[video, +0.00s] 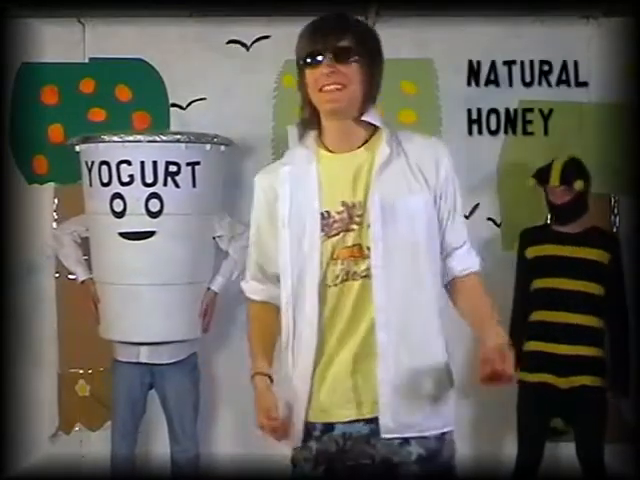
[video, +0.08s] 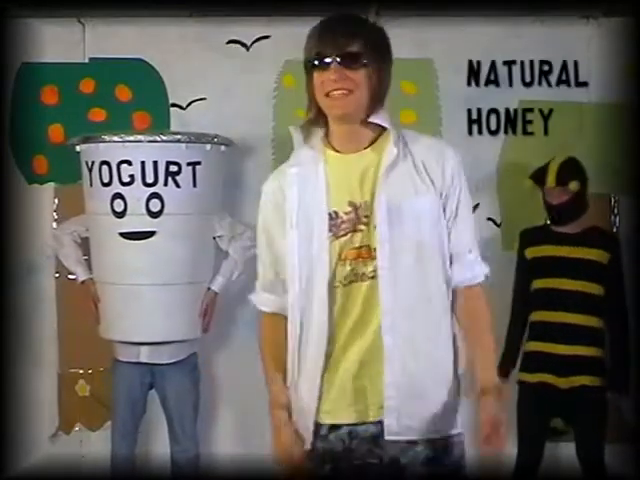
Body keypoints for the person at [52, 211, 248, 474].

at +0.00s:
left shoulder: (197, 219)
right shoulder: (111, 219)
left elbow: (243, 239)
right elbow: (63, 233)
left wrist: (215, 289)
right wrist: (86, 279)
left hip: (178, 353)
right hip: (127, 353)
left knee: (185, 450)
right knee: (121, 450)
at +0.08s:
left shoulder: (196, 220)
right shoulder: (112, 220)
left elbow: (245, 239)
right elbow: (62, 234)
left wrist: (215, 289)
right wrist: (86, 279)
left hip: (178, 353)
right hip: (127, 353)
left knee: (186, 450)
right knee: (121, 451)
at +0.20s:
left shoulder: (197, 220)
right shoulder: (112, 220)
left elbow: (246, 241)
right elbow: (63, 234)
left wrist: (215, 289)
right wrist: (87, 279)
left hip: (178, 353)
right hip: (127, 353)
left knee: (186, 450)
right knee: (121, 451)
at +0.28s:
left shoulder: (197, 220)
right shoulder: (113, 220)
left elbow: (246, 240)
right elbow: (63, 234)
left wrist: (216, 289)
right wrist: (86, 279)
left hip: (178, 353)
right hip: (127, 353)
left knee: (186, 451)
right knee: (121, 451)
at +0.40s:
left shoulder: (195, 219)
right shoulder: (113, 219)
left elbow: (247, 240)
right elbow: (63, 234)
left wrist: (217, 288)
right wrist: (85, 278)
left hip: (178, 353)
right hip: (127, 352)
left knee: (185, 449)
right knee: (121, 450)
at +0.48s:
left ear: (174, 195)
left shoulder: (195, 219)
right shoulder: (112, 219)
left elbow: (247, 240)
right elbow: (63, 234)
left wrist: (218, 288)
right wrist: (85, 278)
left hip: (178, 352)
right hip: (127, 352)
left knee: (185, 449)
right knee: (121, 450)